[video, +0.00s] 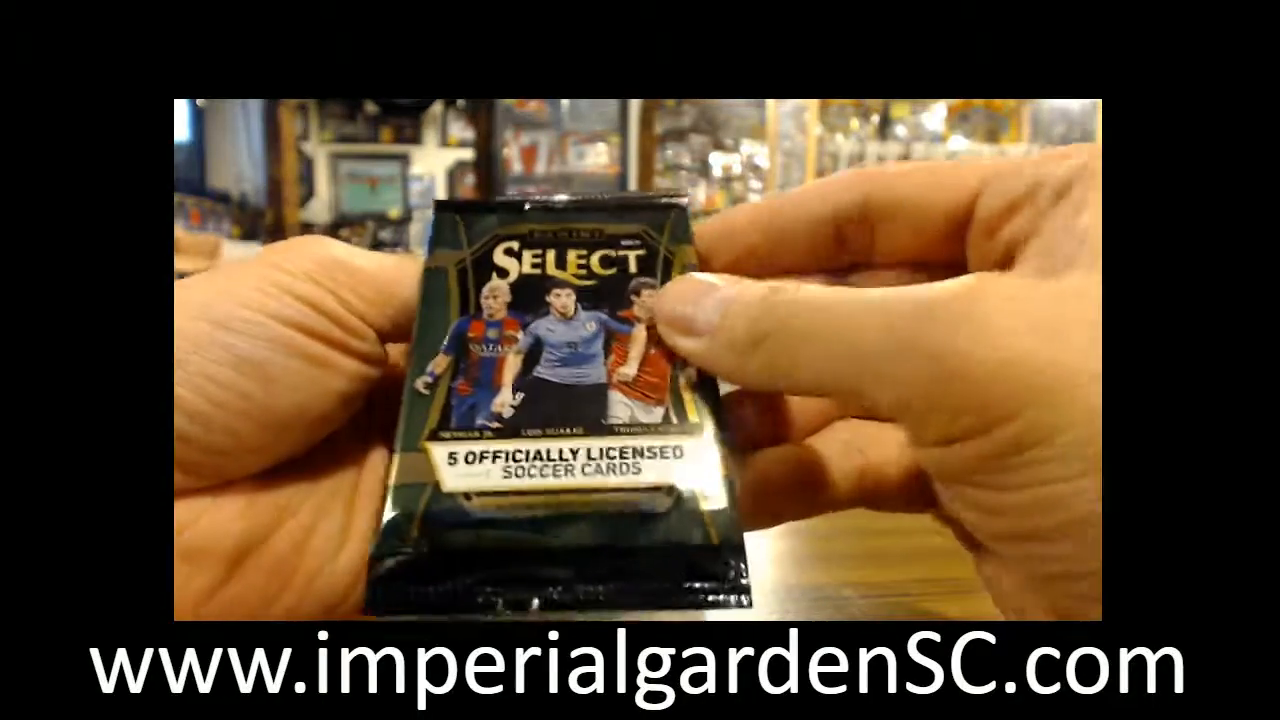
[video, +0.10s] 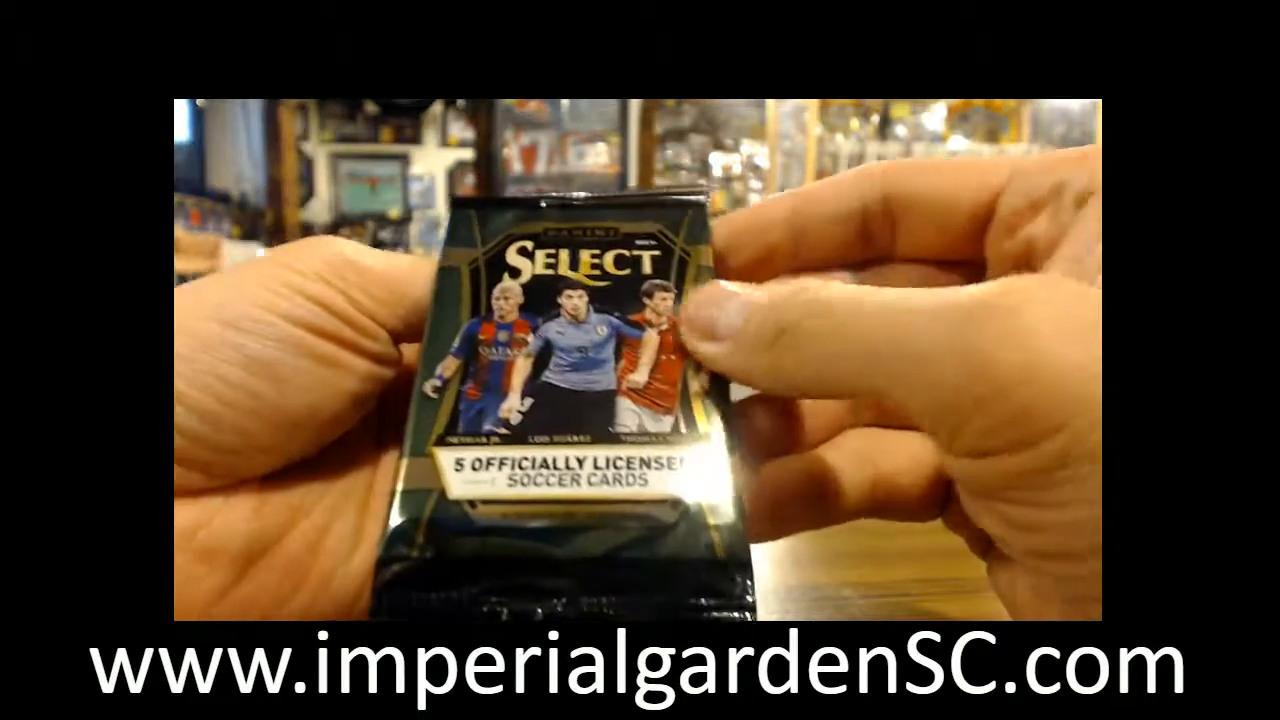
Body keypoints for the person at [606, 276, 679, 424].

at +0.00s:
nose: (653, 302)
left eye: (655, 296)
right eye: (649, 296)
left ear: (660, 298)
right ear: (634, 298)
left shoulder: (667, 324)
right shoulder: (622, 320)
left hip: (654, 398)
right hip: (622, 391)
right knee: (617, 444)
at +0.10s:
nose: (668, 304)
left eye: (671, 299)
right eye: (663, 299)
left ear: (674, 301)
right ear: (647, 300)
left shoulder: (681, 329)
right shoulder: (630, 325)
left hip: (664, 405)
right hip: (631, 398)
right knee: (624, 451)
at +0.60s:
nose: (687, 321)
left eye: (689, 317)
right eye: (681, 316)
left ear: (692, 318)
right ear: (666, 318)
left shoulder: (702, 348)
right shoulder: (646, 341)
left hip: (679, 424)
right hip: (646, 417)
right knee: (639, 471)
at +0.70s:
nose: (684, 322)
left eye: (686, 317)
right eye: (679, 316)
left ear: (692, 318)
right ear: (666, 317)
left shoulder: (693, 349)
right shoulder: (650, 341)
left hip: (678, 420)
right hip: (646, 414)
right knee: (639, 467)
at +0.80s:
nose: (686, 315)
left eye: (689, 309)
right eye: (680, 310)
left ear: (692, 310)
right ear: (666, 310)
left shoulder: (702, 343)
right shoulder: (649, 337)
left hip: (679, 420)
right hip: (645, 415)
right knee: (639, 474)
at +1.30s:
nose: (691, 320)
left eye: (693, 314)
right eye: (684, 315)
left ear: (697, 315)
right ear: (669, 317)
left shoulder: (707, 348)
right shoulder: (655, 346)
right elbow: (638, 382)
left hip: (691, 428)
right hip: (661, 425)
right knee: (660, 487)